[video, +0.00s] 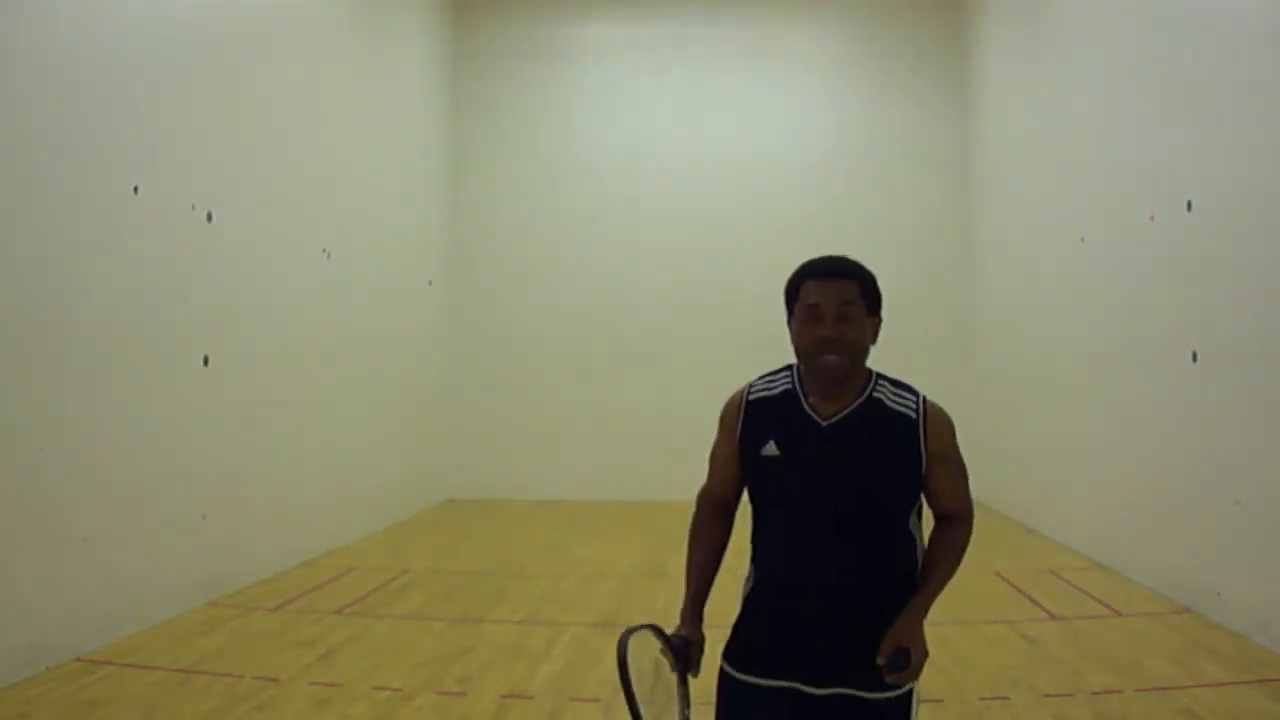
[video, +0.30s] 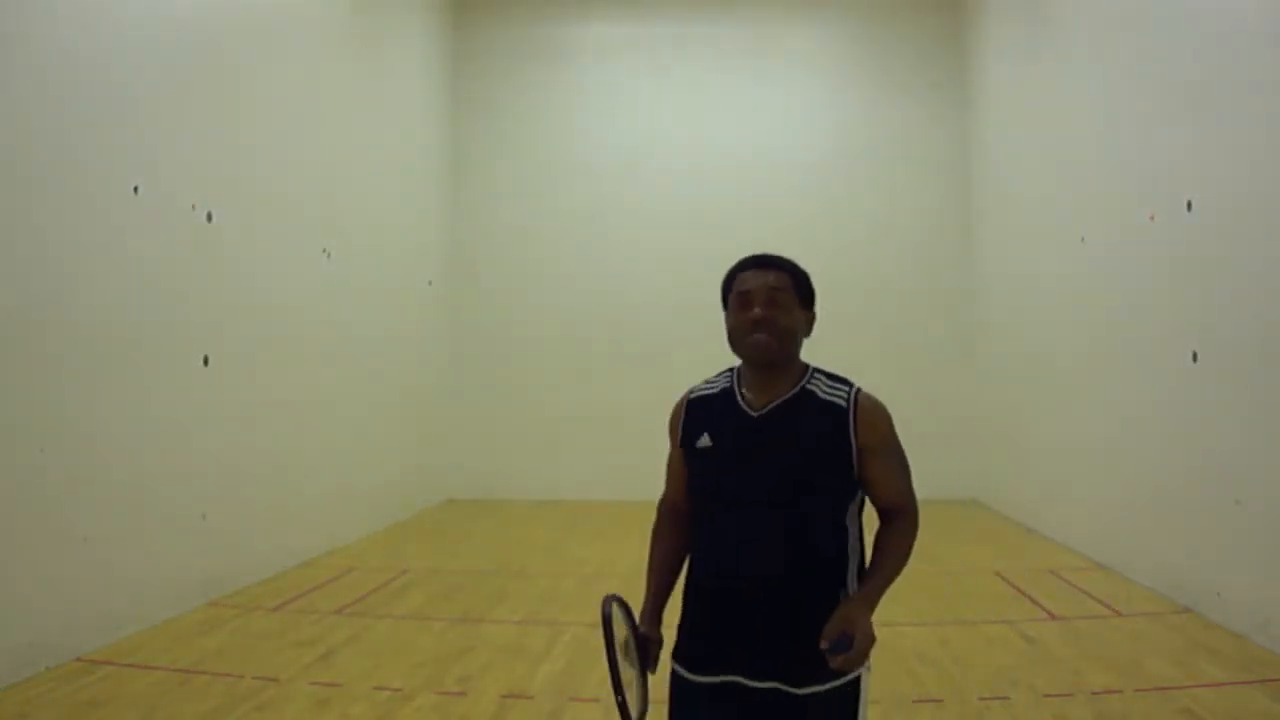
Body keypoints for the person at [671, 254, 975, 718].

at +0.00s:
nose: (829, 332)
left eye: (845, 318)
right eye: (813, 317)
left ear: (874, 328)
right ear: (790, 327)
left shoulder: (921, 423)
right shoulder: (749, 412)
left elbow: (955, 520)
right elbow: (716, 506)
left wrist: (914, 615)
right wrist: (691, 616)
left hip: (873, 664)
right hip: (768, 656)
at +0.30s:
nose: (759, 313)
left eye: (776, 300)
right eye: (743, 302)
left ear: (808, 319)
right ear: (726, 322)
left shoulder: (855, 415)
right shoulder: (695, 412)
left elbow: (900, 515)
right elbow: (675, 513)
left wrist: (863, 604)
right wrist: (650, 615)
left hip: (813, 670)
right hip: (710, 662)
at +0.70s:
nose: (717, 330)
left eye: (730, 317)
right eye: (699, 317)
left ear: (746, 324)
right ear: (664, 326)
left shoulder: (794, 410)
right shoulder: (628, 424)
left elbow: (831, 505)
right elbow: (604, 525)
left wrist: (816, 591)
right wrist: (588, 635)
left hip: (781, 669)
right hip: (673, 672)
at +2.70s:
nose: (701, 308)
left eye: (718, 299)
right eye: (684, 299)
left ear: (743, 327)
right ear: (661, 326)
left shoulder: (791, 416)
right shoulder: (624, 419)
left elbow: (820, 516)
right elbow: (608, 524)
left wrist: (799, 615)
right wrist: (584, 635)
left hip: (760, 671)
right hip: (655, 669)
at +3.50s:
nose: (697, 367)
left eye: (718, 350)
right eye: (680, 349)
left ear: (751, 359)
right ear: (658, 357)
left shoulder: (805, 447)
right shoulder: (629, 436)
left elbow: (851, 541)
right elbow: (625, 521)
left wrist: (825, 656)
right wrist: (600, 635)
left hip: (778, 687)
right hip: (675, 683)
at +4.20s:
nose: (765, 397)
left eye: (788, 377)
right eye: (746, 372)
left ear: (814, 382)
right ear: (712, 367)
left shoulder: (853, 482)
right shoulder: (652, 442)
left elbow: (869, 579)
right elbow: (631, 532)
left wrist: (845, 699)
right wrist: (608, 651)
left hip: (791, 696)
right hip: (677, 689)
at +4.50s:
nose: (813, 339)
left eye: (820, 324)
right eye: (792, 317)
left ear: (827, 331)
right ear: (727, 315)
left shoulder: (835, 439)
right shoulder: (649, 420)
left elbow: (842, 552)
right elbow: (594, 544)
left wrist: (881, 644)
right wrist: (588, 684)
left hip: (780, 698)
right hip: (659, 694)